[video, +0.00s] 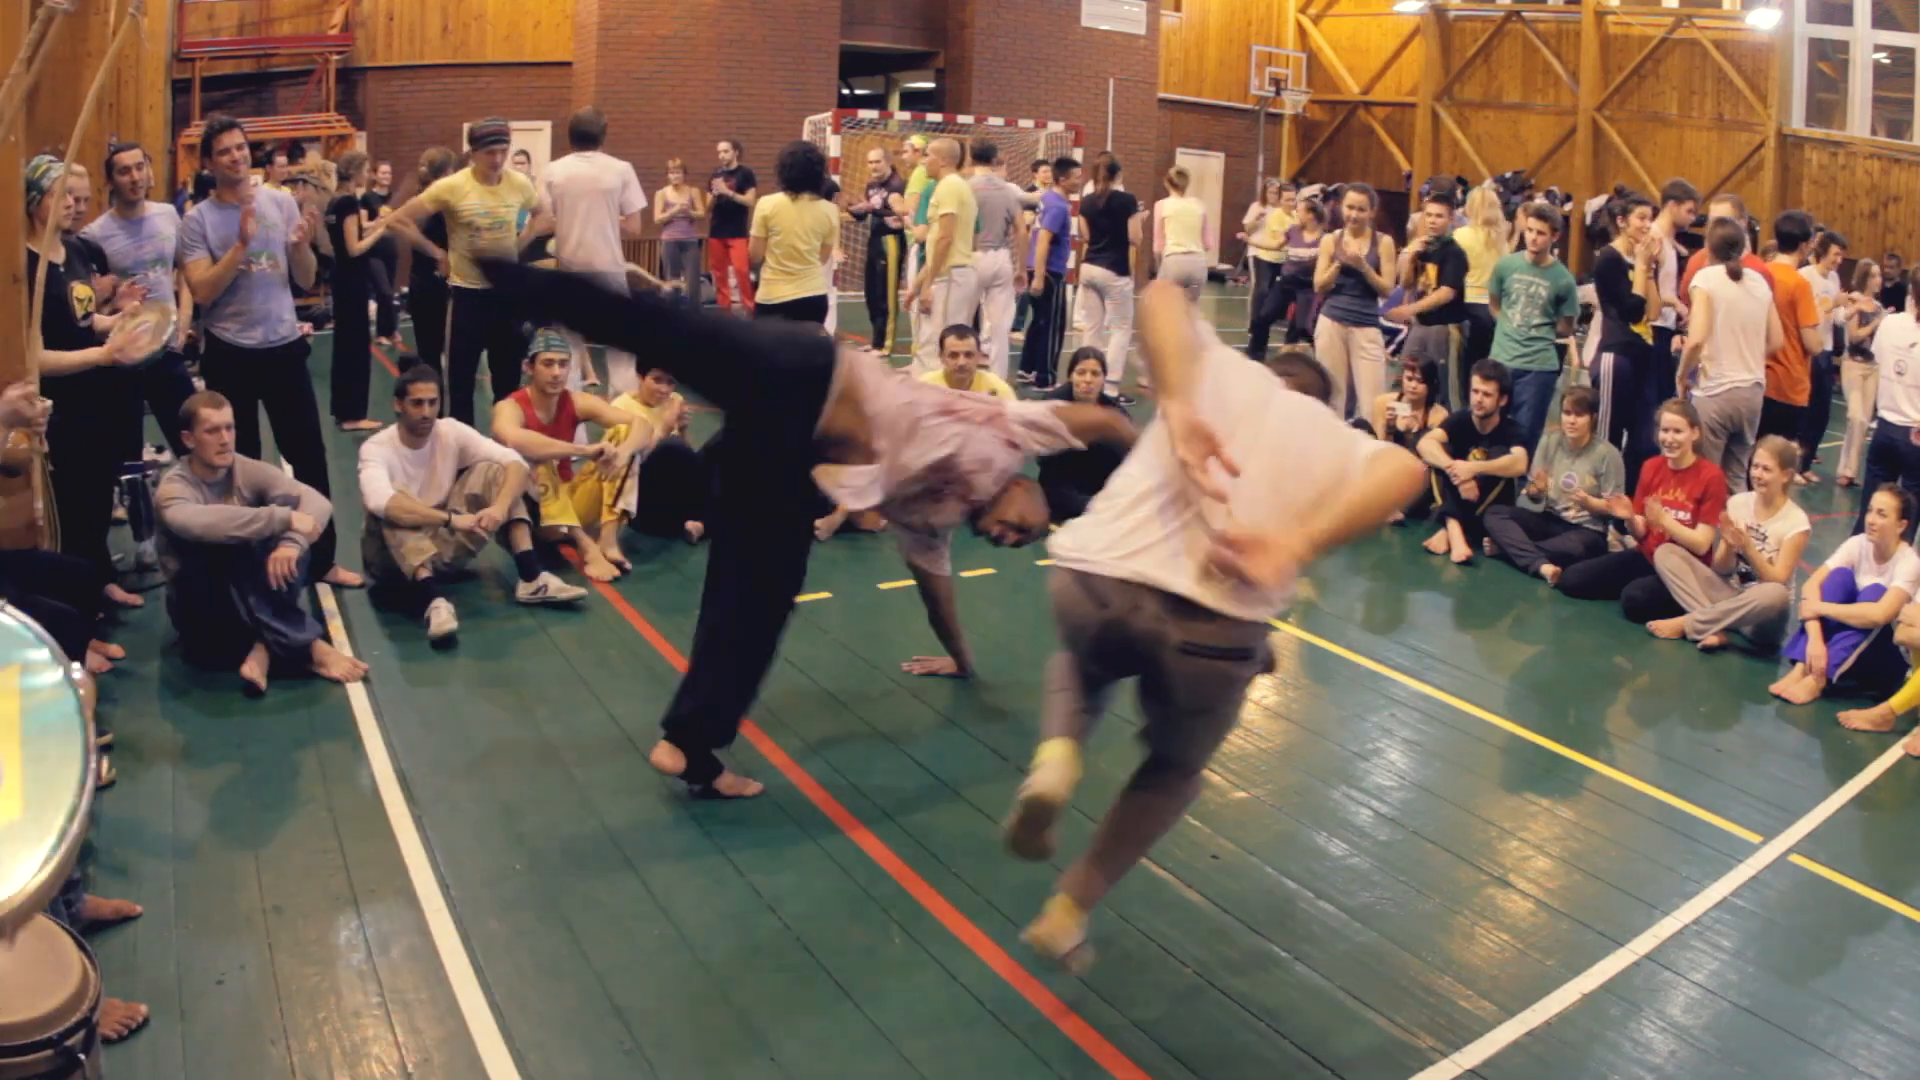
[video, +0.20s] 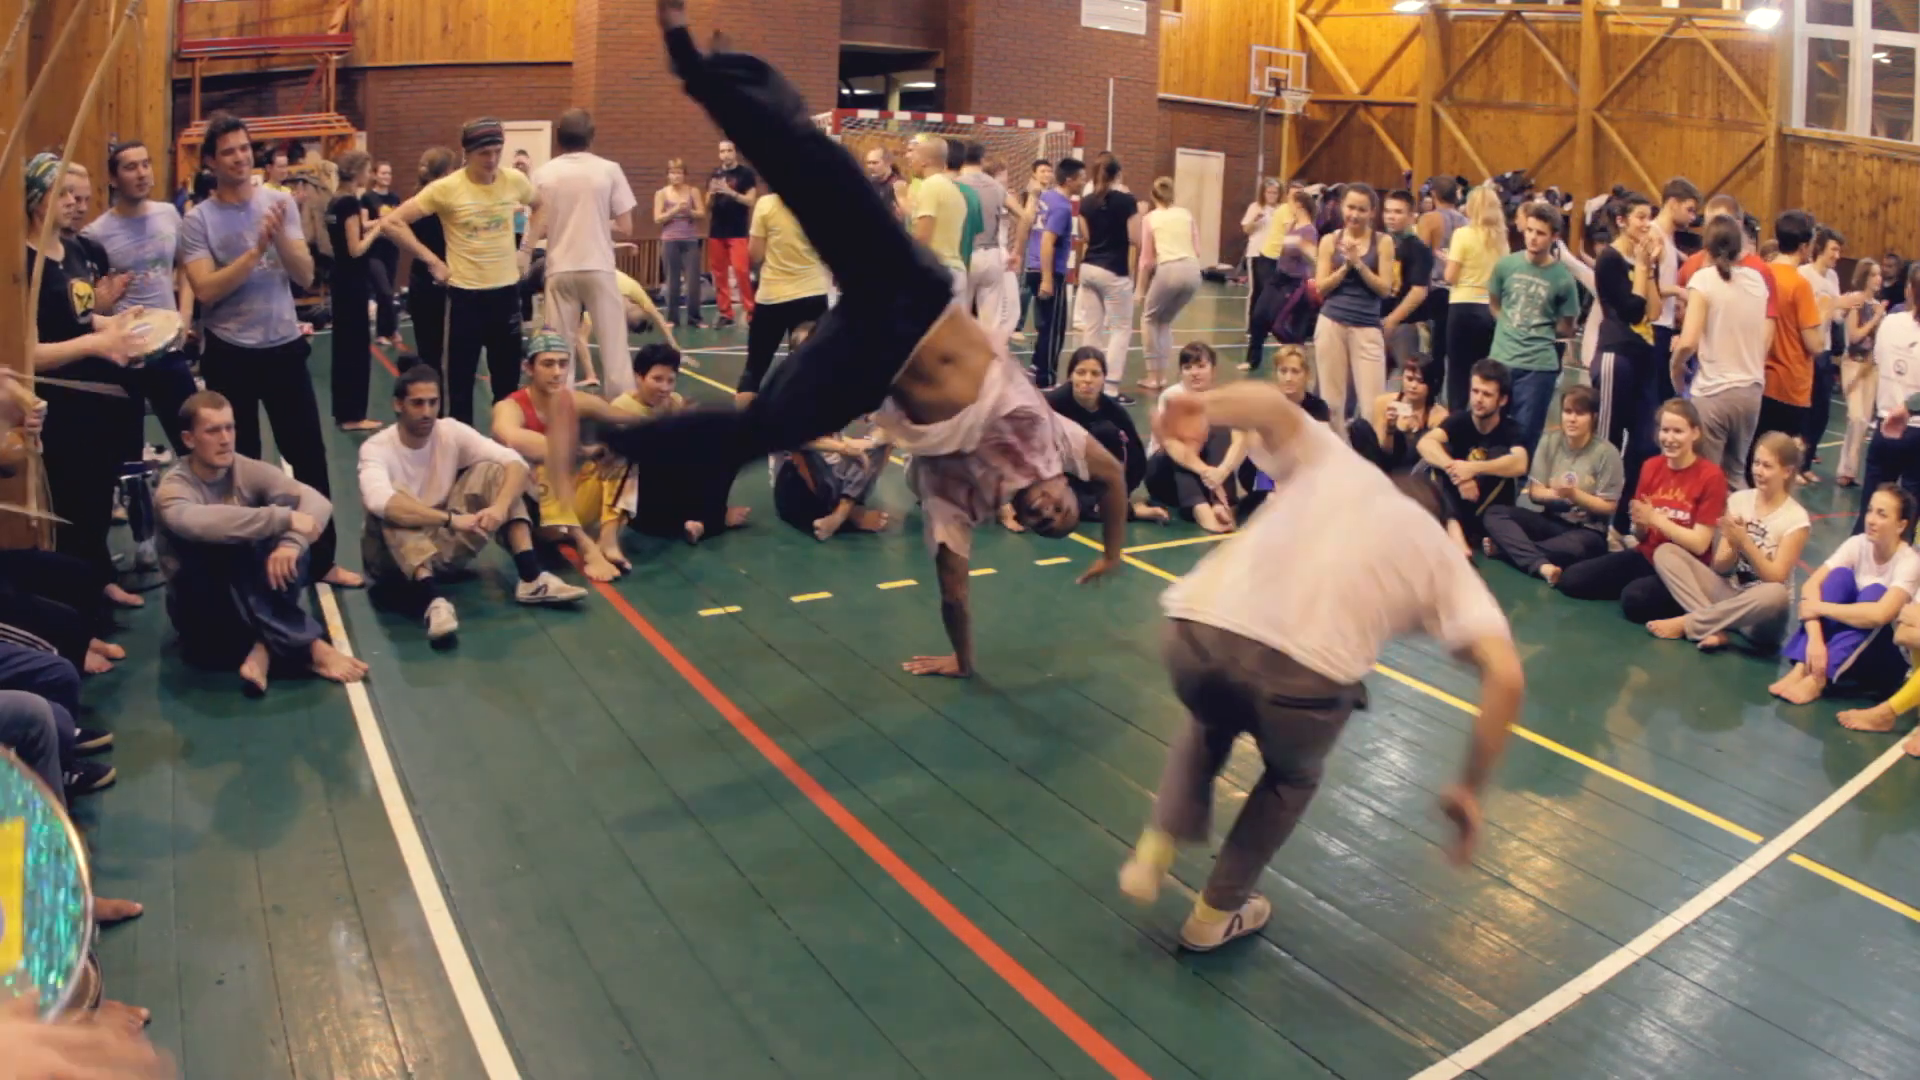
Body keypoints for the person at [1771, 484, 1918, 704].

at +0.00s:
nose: (1871, 519)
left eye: (1881, 514)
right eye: (1869, 511)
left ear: (1901, 526)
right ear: (1865, 513)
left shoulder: (1910, 562)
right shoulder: (1857, 544)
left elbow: (1880, 616)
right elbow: (1810, 586)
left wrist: (1819, 607)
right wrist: (1815, 641)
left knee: (1875, 592)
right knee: (1840, 577)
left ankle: (1818, 678)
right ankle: (1800, 667)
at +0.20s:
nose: (1871, 519)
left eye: (1881, 514)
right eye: (1870, 511)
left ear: (1901, 526)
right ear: (1865, 513)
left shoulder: (1910, 561)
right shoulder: (1857, 544)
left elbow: (1880, 616)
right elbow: (1810, 586)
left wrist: (1819, 607)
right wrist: (1815, 641)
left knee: (1875, 592)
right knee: (1840, 576)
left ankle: (1818, 678)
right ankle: (1800, 668)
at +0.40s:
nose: (1871, 519)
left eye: (1882, 514)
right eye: (1869, 511)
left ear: (1901, 526)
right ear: (1864, 513)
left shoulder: (1909, 561)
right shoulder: (1857, 544)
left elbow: (1881, 615)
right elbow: (1810, 586)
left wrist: (1819, 608)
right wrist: (1815, 641)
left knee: (1875, 592)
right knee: (1840, 577)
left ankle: (1817, 678)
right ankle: (1800, 667)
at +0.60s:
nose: (1871, 519)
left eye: (1881, 515)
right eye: (1870, 511)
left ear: (1901, 526)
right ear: (1864, 513)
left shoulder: (1909, 561)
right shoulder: (1856, 545)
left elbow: (1881, 615)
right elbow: (1810, 586)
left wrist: (1819, 608)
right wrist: (1815, 641)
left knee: (1875, 592)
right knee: (1840, 577)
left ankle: (1818, 678)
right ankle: (1800, 667)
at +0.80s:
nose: (1871, 520)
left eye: (1881, 514)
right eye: (1870, 511)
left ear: (1901, 525)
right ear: (1866, 512)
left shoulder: (1909, 561)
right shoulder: (1856, 544)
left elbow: (1881, 615)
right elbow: (1810, 586)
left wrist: (1819, 608)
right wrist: (1815, 641)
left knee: (1875, 592)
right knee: (1840, 577)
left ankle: (1817, 678)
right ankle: (1800, 667)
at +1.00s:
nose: (1872, 520)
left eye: (1883, 515)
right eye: (1872, 511)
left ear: (1902, 526)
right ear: (1867, 513)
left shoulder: (1910, 561)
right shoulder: (1858, 544)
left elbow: (1881, 615)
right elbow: (1810, 586)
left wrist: (1819, 608)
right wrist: (1815, 641)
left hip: (1881, 667)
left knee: (1875, 592)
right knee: (1840, 577)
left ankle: (1817, 678)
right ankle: (1800, 668)